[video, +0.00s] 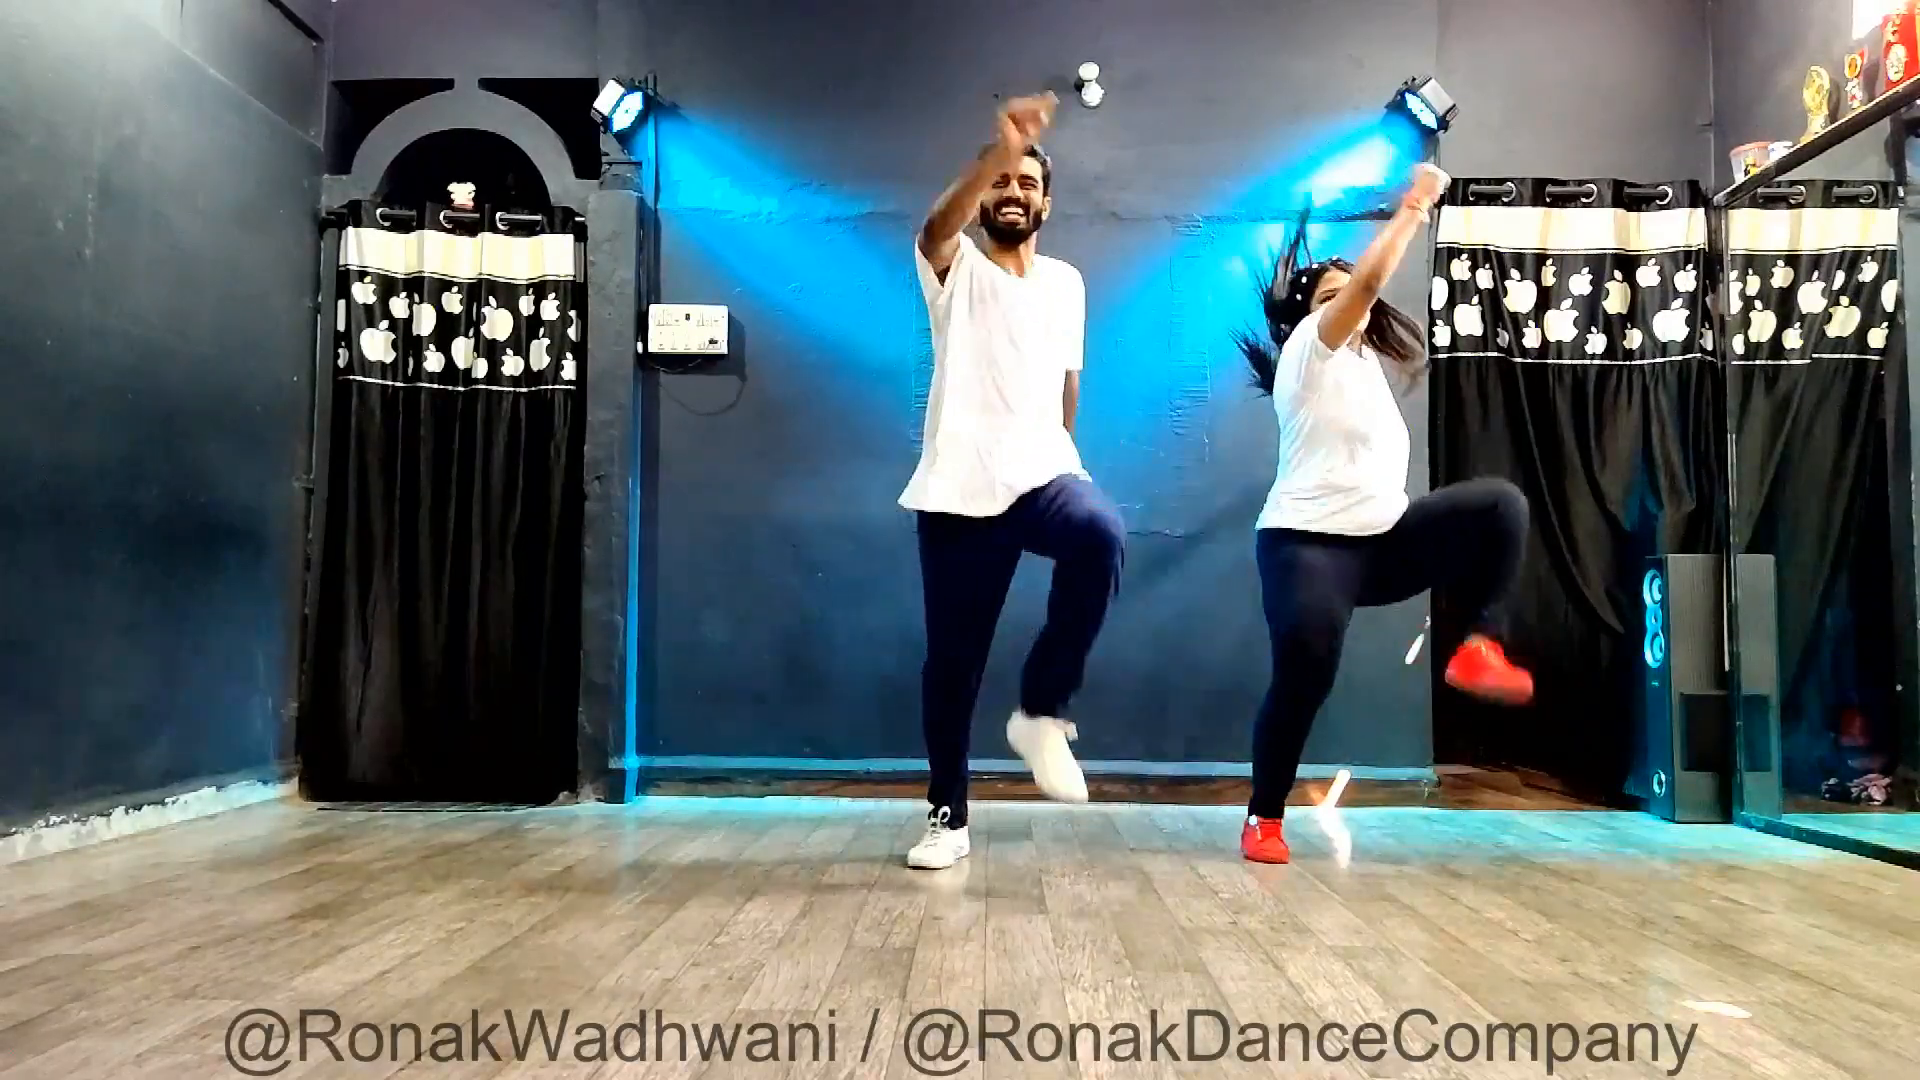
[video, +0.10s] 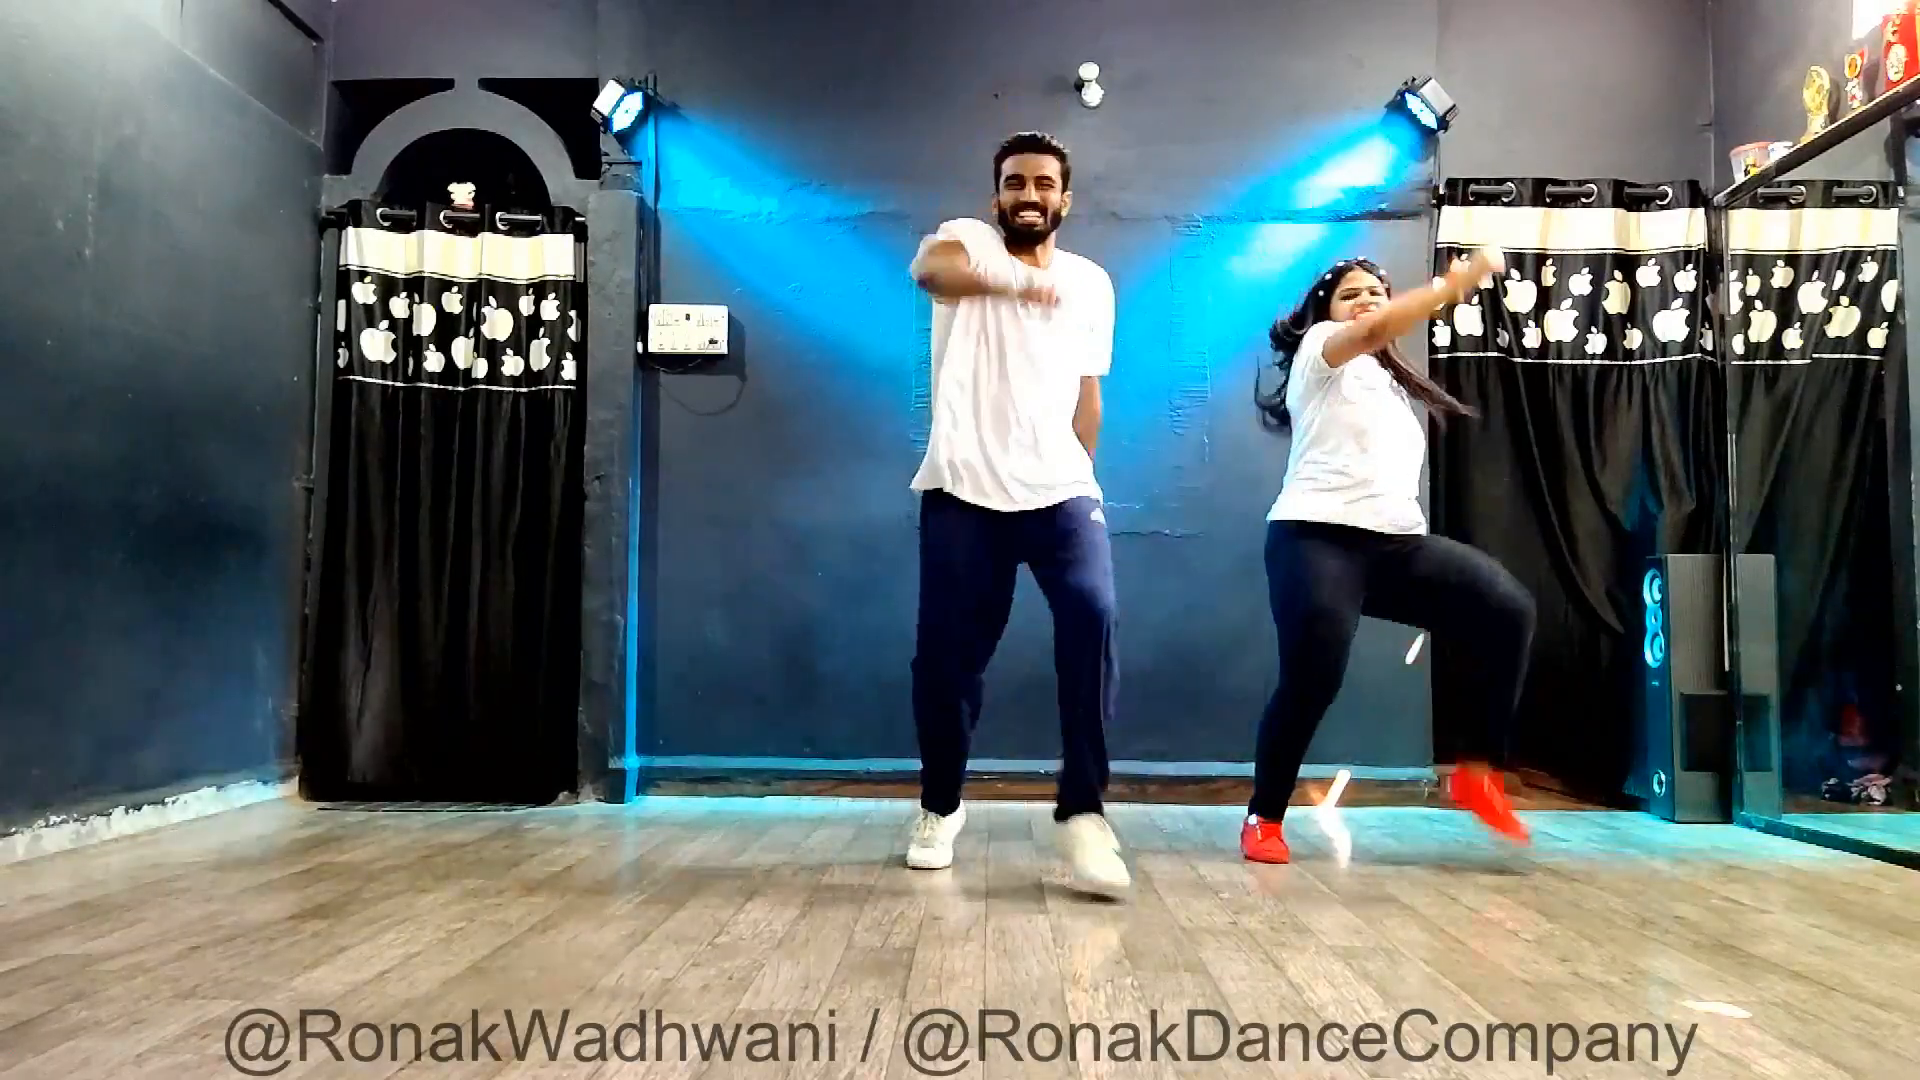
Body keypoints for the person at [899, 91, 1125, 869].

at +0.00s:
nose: (1016, 193)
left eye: (1030, 184)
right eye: (1003, 184)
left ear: (1045, 205)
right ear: (982, 200)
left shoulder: (1065, 283)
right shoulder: (953, 269)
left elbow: (1068, 389)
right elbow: (942, 225)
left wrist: (1059, 467)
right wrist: (1002, 151)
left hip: (1042, 477)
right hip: (959, 488)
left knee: (1098, 531)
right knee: (953, 664)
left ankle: (1041, 713)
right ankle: (947, 819)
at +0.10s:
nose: (1030, 194)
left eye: (1045, 183)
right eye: (1017, 183)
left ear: (1066, 197)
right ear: (996, 194)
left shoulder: (1089, 281)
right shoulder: (967, 236)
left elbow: (1087, 394)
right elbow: (932, 272)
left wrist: (1079, 477)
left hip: (1058, 485)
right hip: (964, 482)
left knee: (1092, 611)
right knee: (947, 656)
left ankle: (1081, 812)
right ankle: (939, 806)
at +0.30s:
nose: (1059, 208)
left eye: (1074, 194)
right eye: (1046, 194)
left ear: (1100, 199)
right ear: (1030, 198)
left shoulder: (1125, 292)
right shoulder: (981, 267)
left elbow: (1144, 355)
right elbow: (919, 355)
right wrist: (861, 430)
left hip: (1064, 480)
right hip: (973, 449)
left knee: (1086, 661)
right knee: (959, 510)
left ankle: (1091, 837)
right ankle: (957, 693)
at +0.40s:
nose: (1044, 136)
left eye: (1059, 124)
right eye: (1030, 123)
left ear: (1081, 138)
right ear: (1010, 135)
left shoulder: (1097, 227)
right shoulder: (967, 212)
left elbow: (1108, 249)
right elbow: (933, 302)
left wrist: (1116, 199)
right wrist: (900, 374)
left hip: (1053, 451)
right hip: (975, 425)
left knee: (1065, 633)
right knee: (959, 380)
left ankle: (1056, 801)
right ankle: (983, 569)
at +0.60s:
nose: (1004, 157)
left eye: (1020, 146)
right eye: (991, 145)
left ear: (1045, 163)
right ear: (972, 161)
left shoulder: (1068, 236)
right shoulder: (944, 249)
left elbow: (1115, 223)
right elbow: (870, 319)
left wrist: (1109, 164)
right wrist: (787, 375)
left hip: (1041, 453)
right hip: (962, 437)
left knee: (1034, 640)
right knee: (918, 417)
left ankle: (1029, 830)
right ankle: (940, 580)